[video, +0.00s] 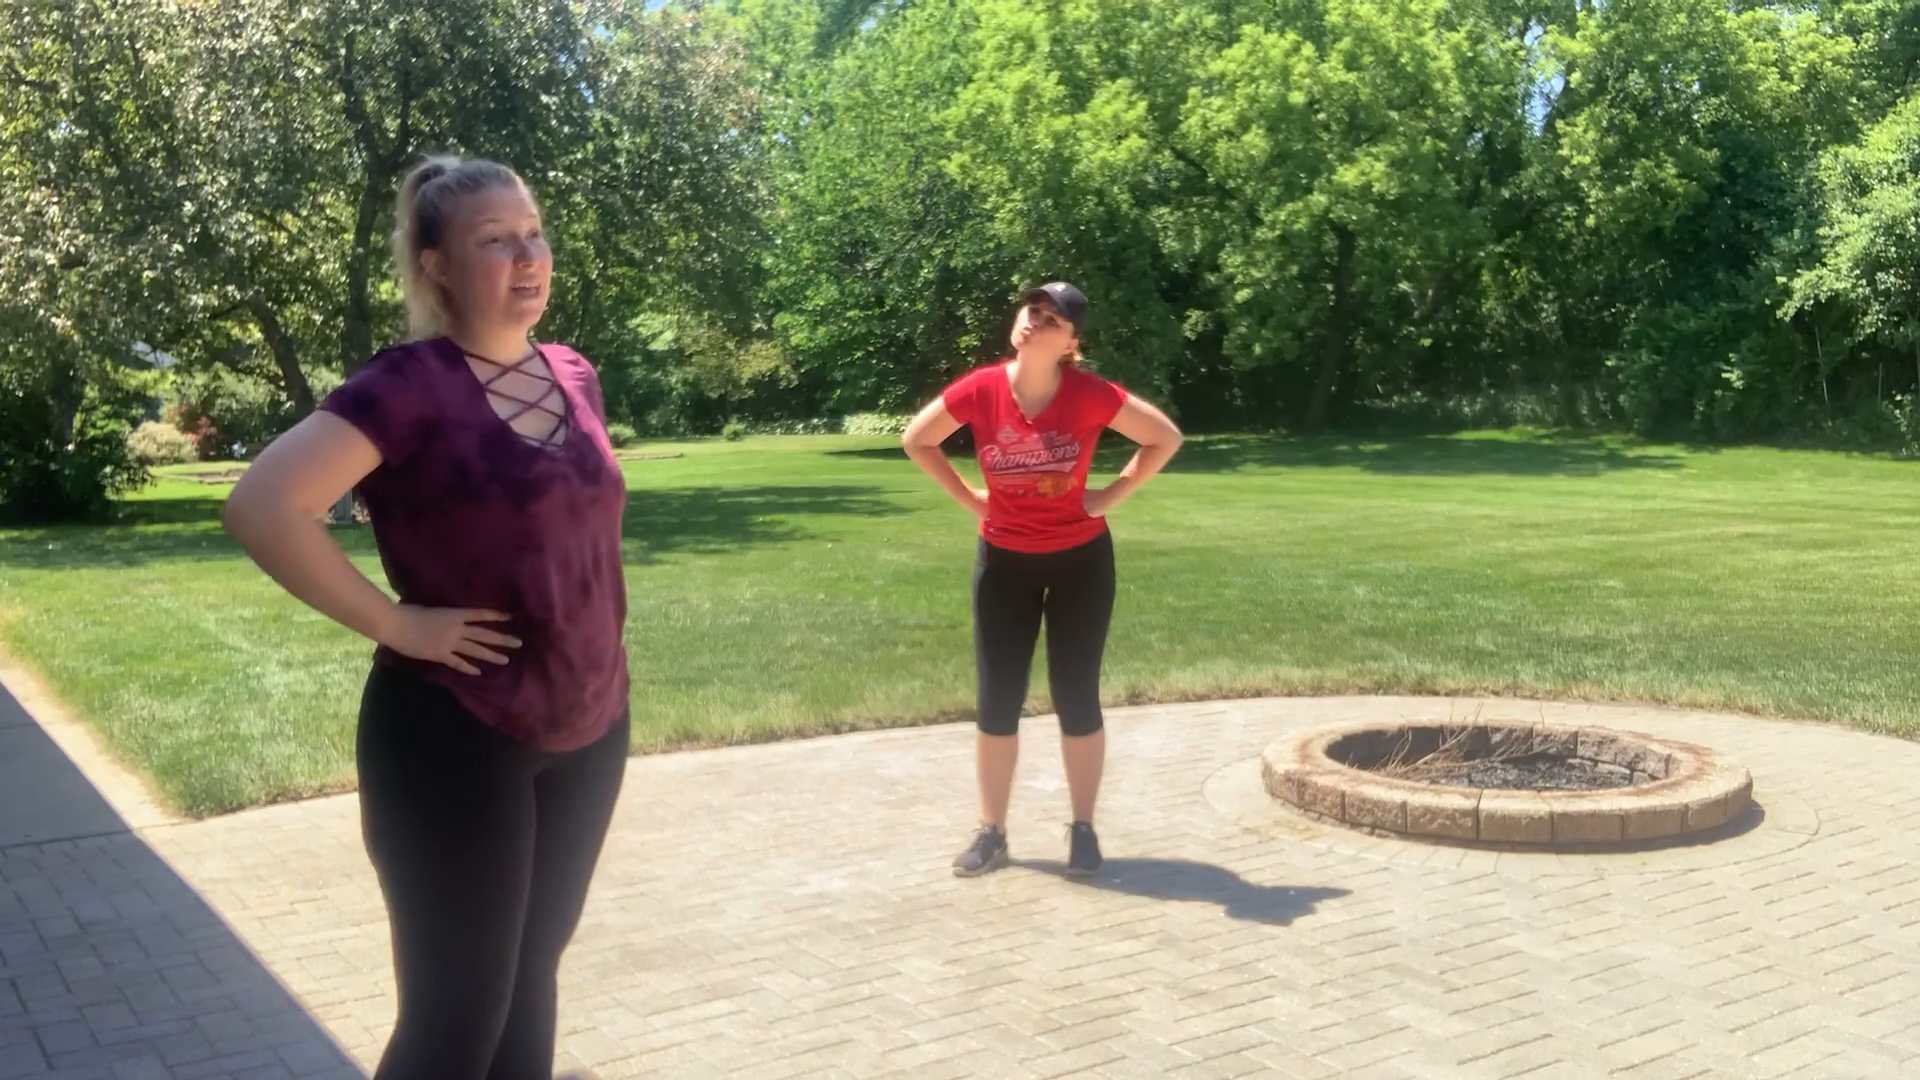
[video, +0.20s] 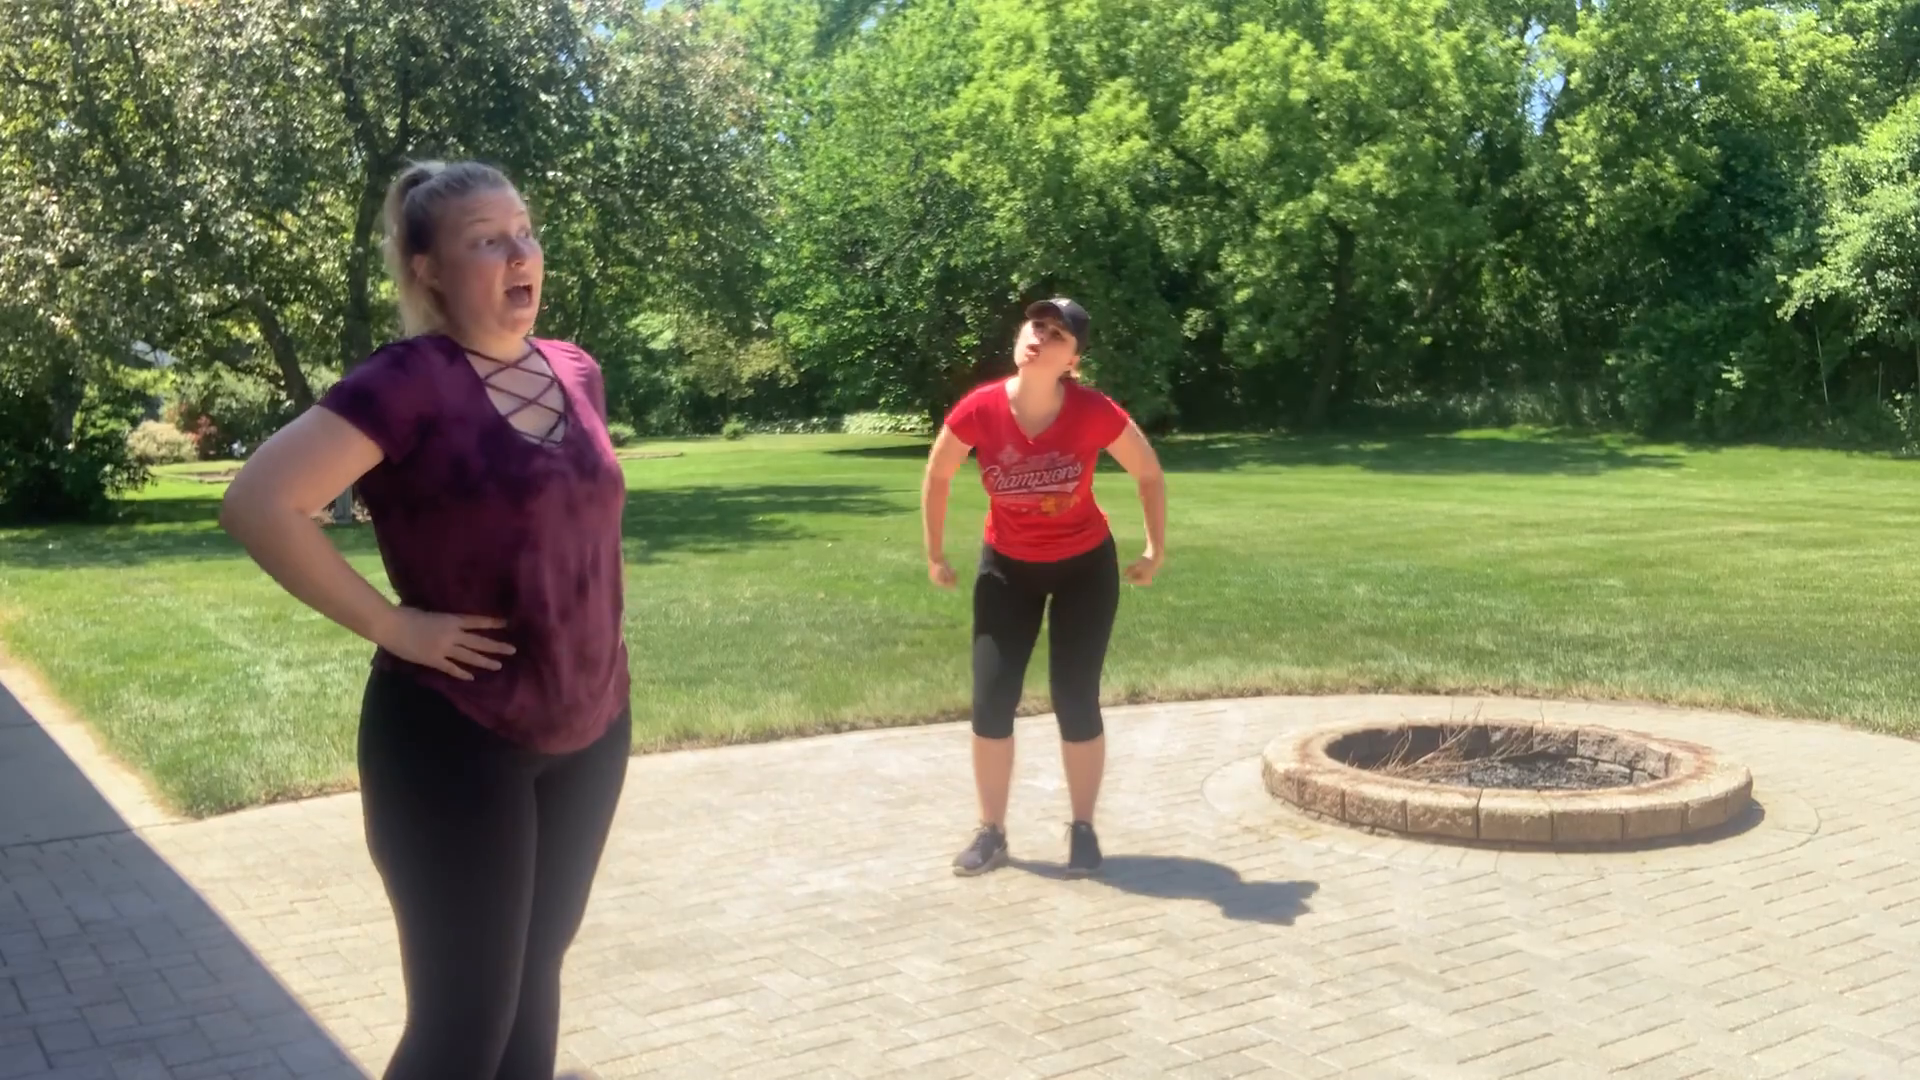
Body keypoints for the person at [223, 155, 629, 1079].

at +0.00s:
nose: (532, 258)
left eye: (537, 238)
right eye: (500, 242)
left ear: (548, 249)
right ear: (436, 266)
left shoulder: (572, 373)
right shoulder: (409, 384)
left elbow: (578, 500)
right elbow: (262, 508)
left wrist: (584, 604)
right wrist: (394, 622)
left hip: (587, 714)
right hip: (454, 725)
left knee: (530, 986)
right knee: (456, 1020)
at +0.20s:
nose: (523, 258)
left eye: (527, 238)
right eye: (490, 243)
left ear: (538, 249)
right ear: (429, 273)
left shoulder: (575, 371)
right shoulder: (407, 382)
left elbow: (583, 505)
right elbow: (258, 504)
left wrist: (595, 610)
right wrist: (391, 624)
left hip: (588, 714)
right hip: (454, 728)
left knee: (533, 988)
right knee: (464, 1023)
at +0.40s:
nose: (508, 254)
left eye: (510, 233)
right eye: (474, 243)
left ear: (522, 243)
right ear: (417, 275)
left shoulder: (570, 353)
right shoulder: (402, 361)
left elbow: (582, 478)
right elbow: (294, 506)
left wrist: (646, 514)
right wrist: (411, 597)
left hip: (585, 713)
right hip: (452, 721)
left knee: (534, 983)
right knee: (463, 1017)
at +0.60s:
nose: (502, 256)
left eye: (505, 235)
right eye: (468, 245)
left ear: (518, 242)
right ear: (411, 275)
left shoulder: (564, 339)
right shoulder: (392, 353)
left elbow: (579, 495)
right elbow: (325, 521)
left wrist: (681, 470)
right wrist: (399, 491)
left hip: (584, 716)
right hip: (450, 725)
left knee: (532, 989)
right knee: (461, 1020)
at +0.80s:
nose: (512, 254)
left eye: (517, 236)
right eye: (480, 238)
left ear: (529, 248)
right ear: (411, 265)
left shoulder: (562, 332)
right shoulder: (392, 344)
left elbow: (578, 494)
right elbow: (323, 515)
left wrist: (663, 450)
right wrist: (413, 456)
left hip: (585, 714)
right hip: (449, 725)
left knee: (533, 987)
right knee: (459, 1024)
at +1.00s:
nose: (533, 257)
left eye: (534, 239)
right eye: (506, 240)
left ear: (539, 248)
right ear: (433, 254)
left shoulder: (552, 340)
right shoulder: (395, 344)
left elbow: (570, 503)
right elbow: (328, 515)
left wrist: (660, 452)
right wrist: (435, 465)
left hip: (581, 714)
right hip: (450, 725)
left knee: (532, 982)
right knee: (461, 1022)